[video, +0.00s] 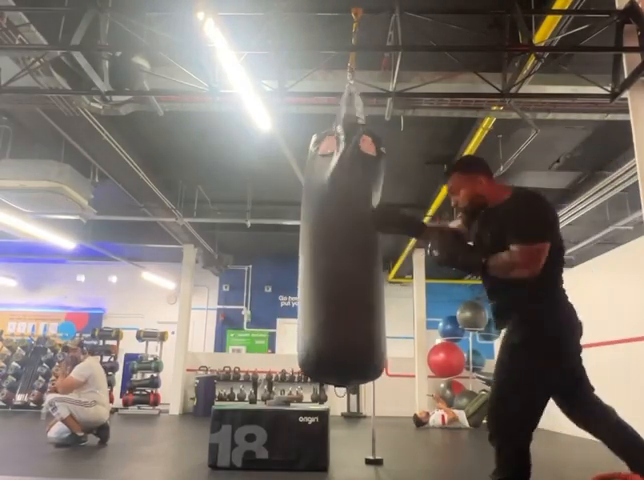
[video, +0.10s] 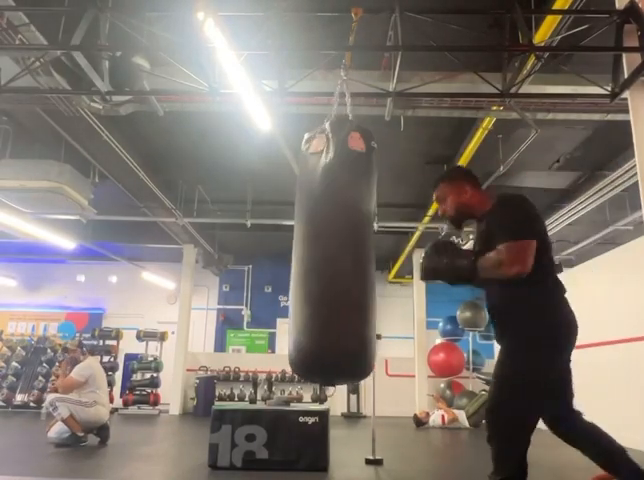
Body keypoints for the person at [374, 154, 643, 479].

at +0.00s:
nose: (457, 201)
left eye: (457, 192)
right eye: (453, 195)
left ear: (480, 180)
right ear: (481, 182)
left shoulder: (527, 204)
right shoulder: (483, 217)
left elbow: (528, 263)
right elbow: (449, 234)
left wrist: (470, 259)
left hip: (537, 328)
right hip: (547, 325)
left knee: (508, 430)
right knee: (584, 408)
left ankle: (510, 475)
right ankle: (642, 460)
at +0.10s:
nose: (442, 211)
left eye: (442, 200)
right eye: (438, 204)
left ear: (465, 188)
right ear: (466, 192)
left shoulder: (510, 207)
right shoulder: (489, 225)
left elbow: (517, 262)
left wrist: (464, 266)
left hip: (536, 331)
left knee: (505, 424)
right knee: (561, 418)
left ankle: (508, 473)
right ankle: (630, 471)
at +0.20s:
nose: (442, 226)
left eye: (442, 216)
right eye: (439, 219)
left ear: (462, 205)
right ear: (466, 207)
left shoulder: (492, 217)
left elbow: (501, 266)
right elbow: (495, 285)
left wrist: (448, 279)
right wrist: (450, 279)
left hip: (534, 329)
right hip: (562, 328)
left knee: (496, 422)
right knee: (546, 415)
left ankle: (502, 473)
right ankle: (619, 473)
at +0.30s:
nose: (457, 226)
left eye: (458, 216)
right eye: (455, 219)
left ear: (477, 207)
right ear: (490, 208)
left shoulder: (490, 225)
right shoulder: (528, 228)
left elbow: (499, 270)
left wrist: (456, 299)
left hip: (534, 333)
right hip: (570, 333)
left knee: (487, 420)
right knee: (553, 418)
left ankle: (498, 473)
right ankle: (613, 474)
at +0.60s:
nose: (503, 203)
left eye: (505, 192)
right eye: (501, 196)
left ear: (526, 184)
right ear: (532, 185)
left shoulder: (538, 208)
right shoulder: (585, 216)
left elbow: (543, 263)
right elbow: (575, 277)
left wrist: (511, 313)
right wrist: (525, 256)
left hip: (565, 330)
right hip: (605, 325)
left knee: (558, 427)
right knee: (615, 420)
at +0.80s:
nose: (507, 202)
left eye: (508, 192)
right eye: (505, 195)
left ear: (530, 182)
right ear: (532, 183)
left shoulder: (550, 202)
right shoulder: (583, 209)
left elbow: (562, 249)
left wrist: (512, 273)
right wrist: (525, 246)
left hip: (577, 320)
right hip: (614, 320)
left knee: (529, 399)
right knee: (631, 415)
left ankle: (582, 474)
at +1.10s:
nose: (494, 213)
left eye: (494, 204)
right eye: (492, 207)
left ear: (509, 193)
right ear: (525, 190)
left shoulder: (528, 209)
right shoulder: (573, 218)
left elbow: (507, 244)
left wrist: (472, 243)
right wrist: (482, 237)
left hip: (540, 334)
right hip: (585, 334)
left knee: (490, 411)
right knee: (600, 425)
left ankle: (492, 472)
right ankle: (630, 474)